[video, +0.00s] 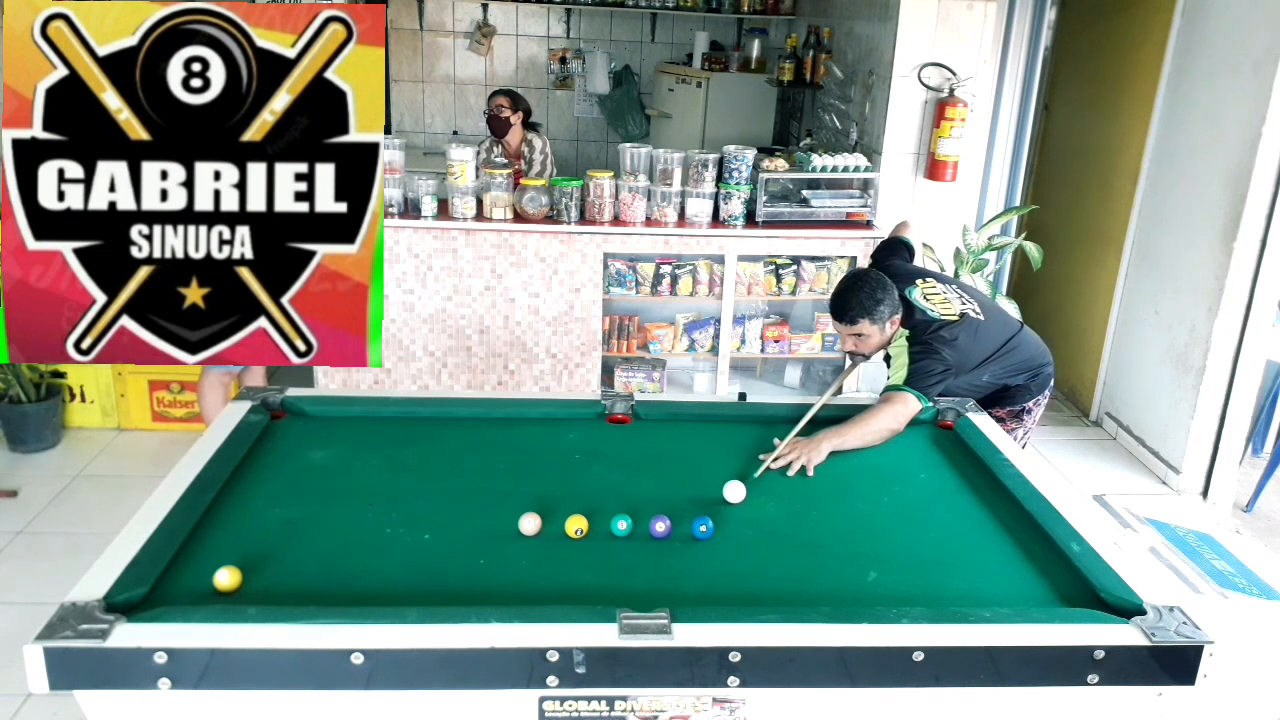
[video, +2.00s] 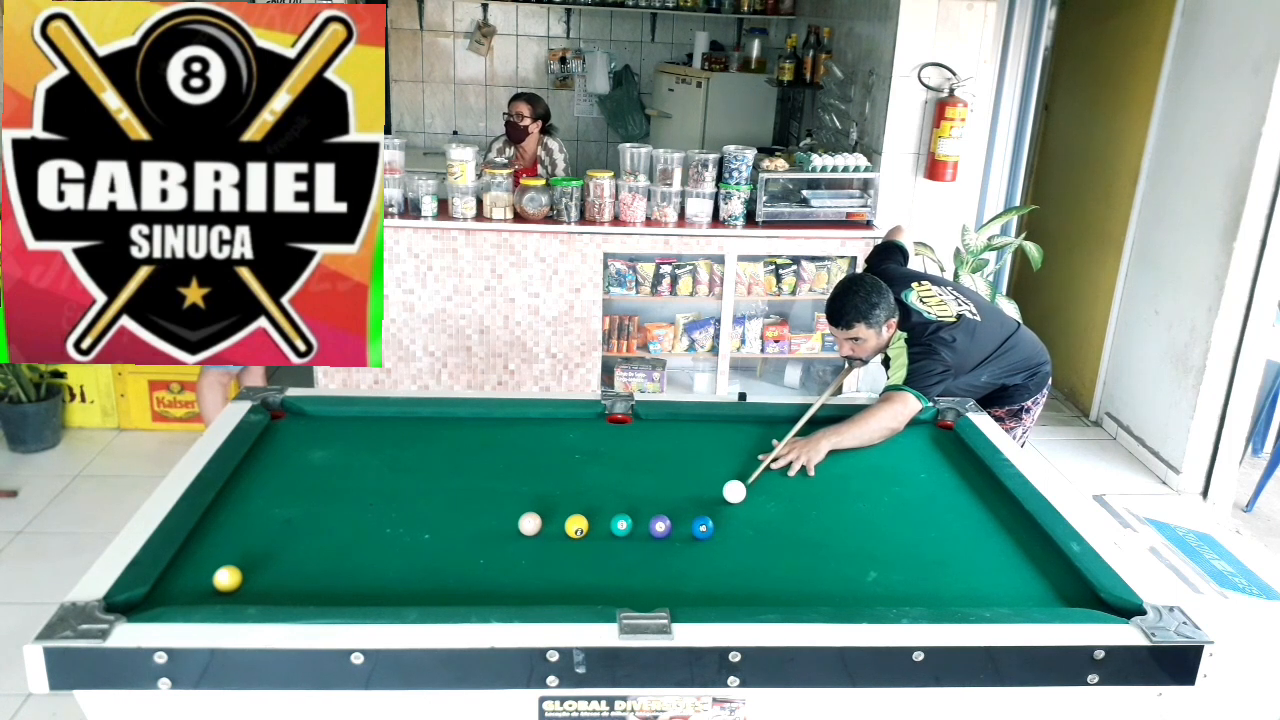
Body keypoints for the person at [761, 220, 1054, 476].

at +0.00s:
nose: (848, 346)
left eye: (859, 336)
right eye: (841, 333)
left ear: (893, 323)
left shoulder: (927, 350)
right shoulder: (889, 270)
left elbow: (893, 416)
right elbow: (905, 228)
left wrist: (825, 440)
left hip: (1023, 375)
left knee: (987, 476)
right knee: (948, 459)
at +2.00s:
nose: (844, 351)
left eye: (855, 340)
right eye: (837, 338)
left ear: (889, 327)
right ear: (831, 320)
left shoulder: (926, 351)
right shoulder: (884, 274)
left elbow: (894, 413)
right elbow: (899, 234)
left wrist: (824, 439)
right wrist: (869, 287)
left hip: (1022, 374)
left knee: (986, 473)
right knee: (945, 456)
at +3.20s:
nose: (846, 313)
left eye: (857, 302)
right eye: (840, 300)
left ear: (892, 293)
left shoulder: (926, 327)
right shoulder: (894, 256)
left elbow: (890, 400)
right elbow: (901, 233)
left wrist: (825, 440)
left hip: (1012, 375)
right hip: (955, 369)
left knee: (984, 475)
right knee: (940, 459)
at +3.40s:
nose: (839, 279)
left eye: (851, 269)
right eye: (835, 267)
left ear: (887, 264)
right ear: (829, 256)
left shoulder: (918, 294)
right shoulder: (888, 245)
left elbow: (900, 382)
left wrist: (831, 424)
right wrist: (887, 312)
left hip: (994, 377)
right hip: (939, 371)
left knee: (975, 479)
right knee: (924, 468)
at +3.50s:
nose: (834, 257)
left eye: (846, 247)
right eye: (830, 245)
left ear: (882, 243)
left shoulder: (914, 278)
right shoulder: (878, 254)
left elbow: (895, 373)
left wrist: (811, 396)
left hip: (980, 381)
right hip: (930, 375)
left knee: (968, 489)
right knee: (917, 480)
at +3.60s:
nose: (833, 247)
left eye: (845, 237)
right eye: (830, 235)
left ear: (882, 234)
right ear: (826, 226)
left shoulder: (912, 273)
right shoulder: (874, 248)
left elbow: (876, 364)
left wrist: (791, 386)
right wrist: (872, 315)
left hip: (971, 380)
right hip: (915, 372)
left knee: (954, 488)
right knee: (896, 476)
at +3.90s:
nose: (822, 227)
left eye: (835, 217)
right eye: (819, 214)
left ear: (870, 216)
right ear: (816, 204)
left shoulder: (894, 255)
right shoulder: (856, 236)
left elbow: (903, 353)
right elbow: (869, 278)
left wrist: (833, 390)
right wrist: (850, 305)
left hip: (948, 371)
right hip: (901, 363)